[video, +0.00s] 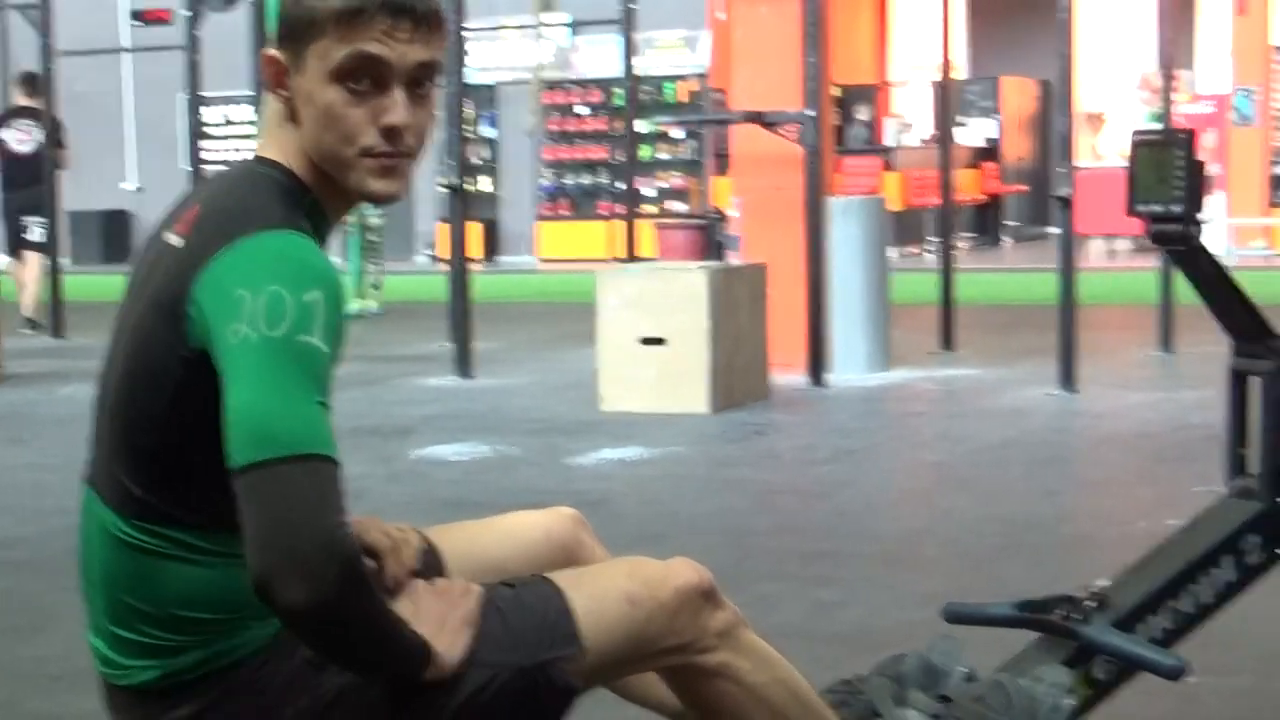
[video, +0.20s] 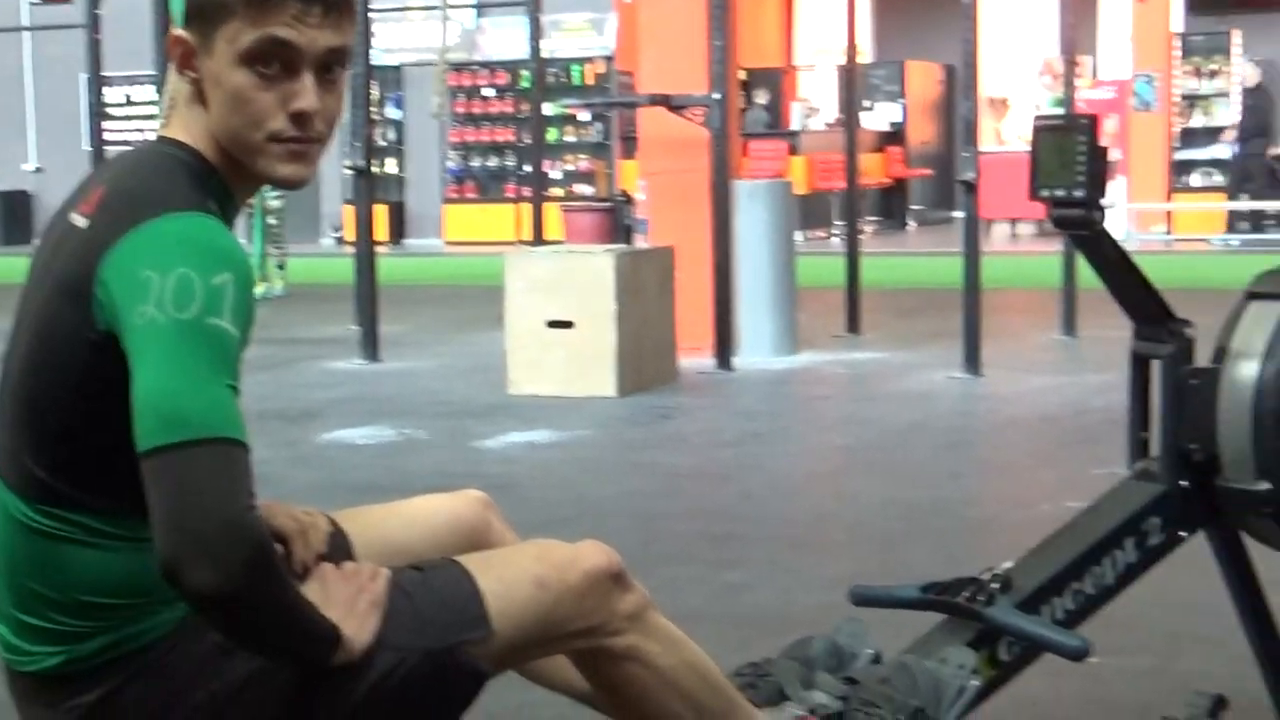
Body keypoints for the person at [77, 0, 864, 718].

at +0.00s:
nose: (400, 118)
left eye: (422, 85)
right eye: (363, 81)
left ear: (442, 91)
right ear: (283, 82)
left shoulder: (259, 218)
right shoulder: (271, 256)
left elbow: (215, 470)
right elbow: (297, 571)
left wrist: (343, 538)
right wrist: (411, 659)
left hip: (222, 617)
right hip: (236, 679)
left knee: (560, 538)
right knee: (688, 599)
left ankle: (720, 702)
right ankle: (829, 710)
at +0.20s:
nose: (310, 106)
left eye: (331, 69)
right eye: (272, 65)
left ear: (351, 68)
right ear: (188, 58)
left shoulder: (142, 195)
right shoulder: (180, 237)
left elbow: (109, 462)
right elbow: (206, 556)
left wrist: (247, 518)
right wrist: (319, 644)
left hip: (115, 607)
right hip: (137, 667)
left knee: (466, 523)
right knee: (596, 581)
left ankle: (652, 695)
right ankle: (746, 709)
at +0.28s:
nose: (273, 94)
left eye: (296, 60)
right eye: (236, 55)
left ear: (318, 66)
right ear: (151, 52)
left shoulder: (115, 180)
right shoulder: (144, 222)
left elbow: (61, 434)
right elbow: (170, 536)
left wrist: (204, 503)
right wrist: (287, 623)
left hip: (91, 597)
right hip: (93, 658)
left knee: (431, 510)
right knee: (555, 568)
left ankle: (641, 694)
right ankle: (719, 710)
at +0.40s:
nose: (214, 74)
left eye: (233, 41)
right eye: (173, 35)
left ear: (249, 45)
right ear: (86, 31)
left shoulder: (52, 168)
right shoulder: (80, 206)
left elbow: (36, 433)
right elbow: (108, 522)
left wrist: (146, 492)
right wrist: (220, 609)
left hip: (57, 586)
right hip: (53, 642)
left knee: (366, 492)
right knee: (490, 551)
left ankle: (590, 689)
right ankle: (666, 710)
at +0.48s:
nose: (186, 64)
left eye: (196, 32)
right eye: (144, 29)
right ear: (48, 27)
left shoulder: (43, 176)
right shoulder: (41, 205)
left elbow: (52, 453)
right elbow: (62, 515)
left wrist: (152, 506)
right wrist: (171, 607)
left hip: (49, 583)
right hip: (40, 637)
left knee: (322, 491)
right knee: (450, 549)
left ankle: (555, 687)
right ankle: (629, 708)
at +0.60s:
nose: (154, 52)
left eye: (149, 25)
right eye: (122, 24)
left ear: (33, 32)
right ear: (23, 28)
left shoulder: (24, 197)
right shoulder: (18, 214)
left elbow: (10, 446)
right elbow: (18, 506)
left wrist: (59, 493)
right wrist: (116, 595)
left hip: (38, 570)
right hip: (31, 636)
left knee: (262, 491)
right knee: (390, 543)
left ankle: (487, 685)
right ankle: (570, 708)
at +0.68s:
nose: (115, 49)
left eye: (111, 23)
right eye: (91, 21)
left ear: (27, 32)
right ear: (11, 28)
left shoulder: (14, 216)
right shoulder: (9, 230)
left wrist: (39, 503)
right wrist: (59, 593)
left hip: (24, 545)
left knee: (221, 493)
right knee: (358, 539)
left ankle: (447, 692)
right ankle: (536, 709)